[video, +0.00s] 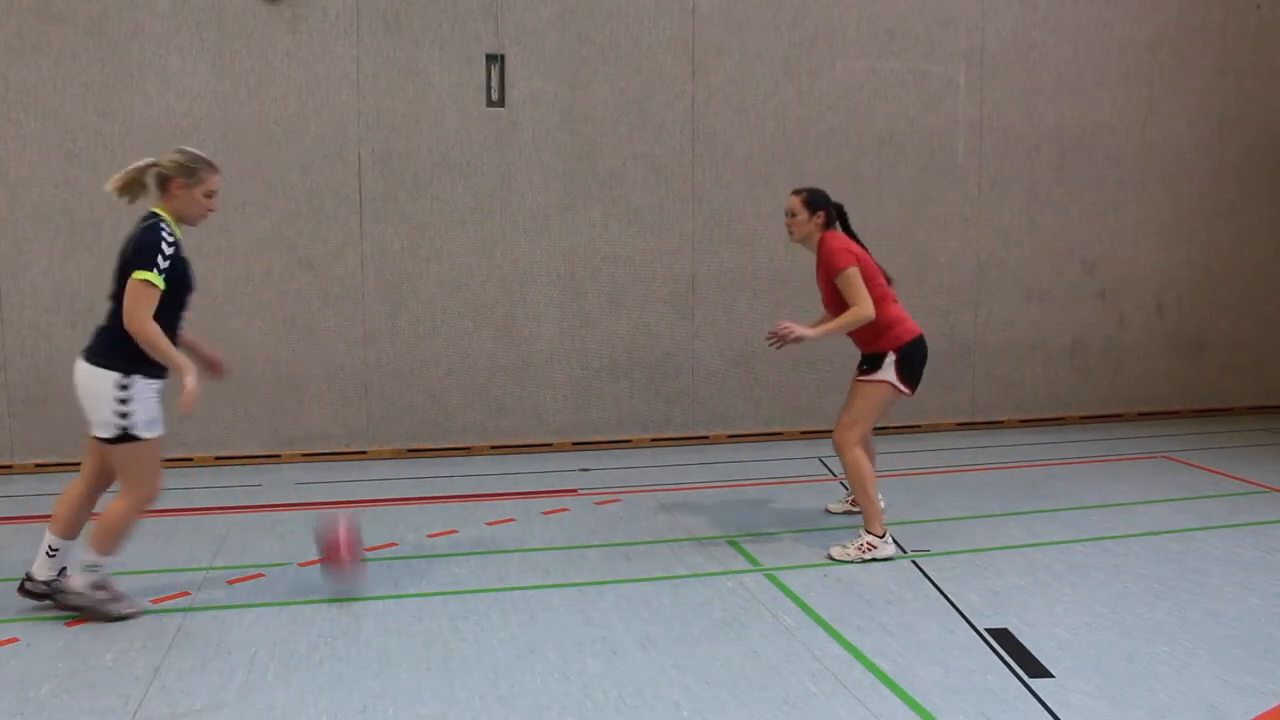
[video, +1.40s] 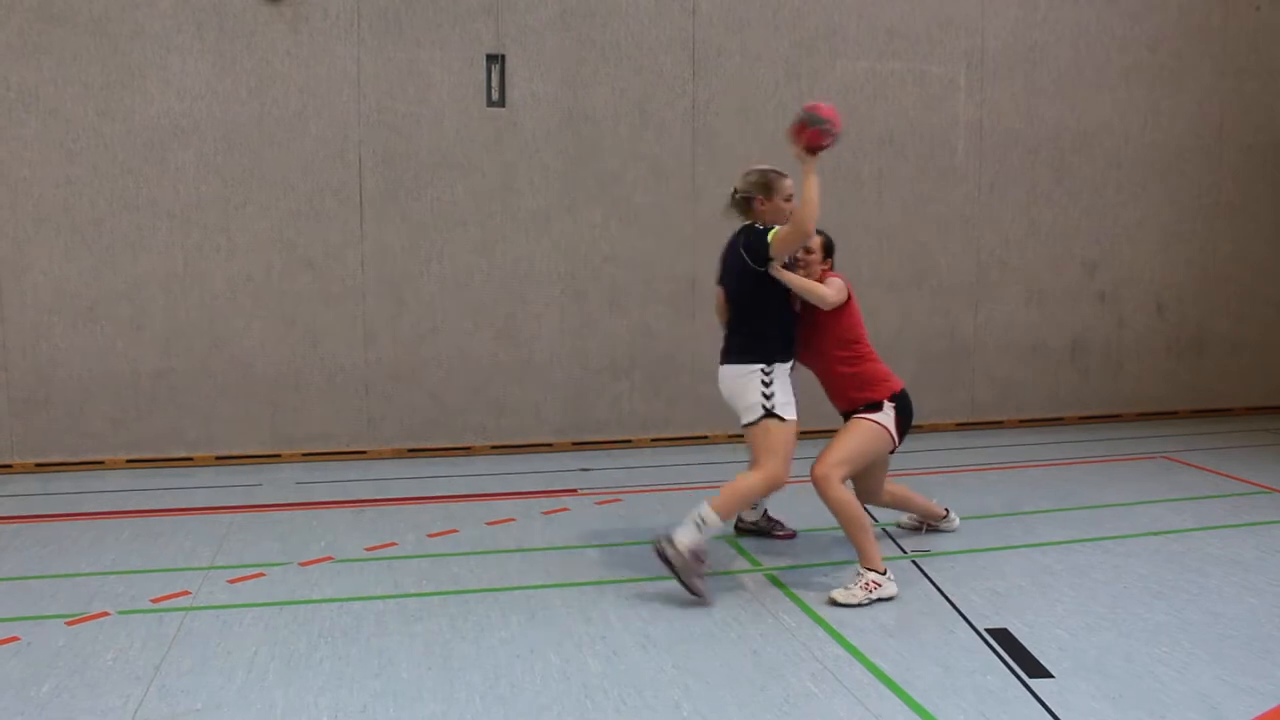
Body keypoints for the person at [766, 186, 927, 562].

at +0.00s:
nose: (787, 223)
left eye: (793, 215)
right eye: (786, 216)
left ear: (819, 217)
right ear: (816, 219)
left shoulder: (835, 248)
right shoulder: (826, 249)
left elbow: (865, 309)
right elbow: (841, 311)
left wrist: (813, 332)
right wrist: (803, 330)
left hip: (895, 349)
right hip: (881, 349)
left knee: (846, 437)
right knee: (855, 428)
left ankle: (877, 537)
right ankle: (865, 495)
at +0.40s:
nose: (794, 213)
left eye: (799, 205)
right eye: (792, 206)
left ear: (826, 204)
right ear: (824, 206)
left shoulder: (841, 233)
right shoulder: (835, 240)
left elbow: (858, 294)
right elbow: (851, 308)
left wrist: (803, 301)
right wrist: (809, 330)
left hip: (908, 342)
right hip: (898, 343)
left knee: (873, 443)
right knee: (880, 432)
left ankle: (901, 550)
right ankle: (910, 503)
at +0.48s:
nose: (795, 212)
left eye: (801, 204)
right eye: (794, 205)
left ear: (828, 203)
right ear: (825, 205)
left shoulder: (842, 230)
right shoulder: (841, 238)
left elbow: (841, 275)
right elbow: (839, 302)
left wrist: (785, 262)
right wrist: (787, 308)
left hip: (911, 338)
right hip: (903, 338)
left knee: (871, 439)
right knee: (884, 429)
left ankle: (895, 549)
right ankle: (922, 503)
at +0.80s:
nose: (795, 215)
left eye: (800, 206)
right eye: (794, 208)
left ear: (827, 204)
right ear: (819, 208)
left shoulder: (844, 228)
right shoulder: (823, 253)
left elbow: (791, 247)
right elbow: (785, 300)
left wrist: (737, 227)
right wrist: (728, 299)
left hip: (908, 341)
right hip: (892, 345)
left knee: (865, 442)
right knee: (875, 433)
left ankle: (874, 551)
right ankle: (918, 502)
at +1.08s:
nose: (783, 256)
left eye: (791, 250)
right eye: (782, 250)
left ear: (816, 257)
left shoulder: (824, 277)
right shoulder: (810, 304)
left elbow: (773, 291)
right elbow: (793, 361)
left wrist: (723, 268)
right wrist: (750, 342)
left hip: (892, 395)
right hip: (878, 399)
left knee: (837, 474)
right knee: (860, 475)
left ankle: (880, 578)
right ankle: (927, 519)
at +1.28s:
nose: (794, 256)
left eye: (804, 250)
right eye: (793, 250)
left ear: (826, 259)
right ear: (793, 258)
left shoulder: (830, 281)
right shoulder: (801, 303)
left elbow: (812, 300)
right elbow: (802, 365)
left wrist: (775, 272)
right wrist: (763, 322)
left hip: (880, 405)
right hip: (865, 407)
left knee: (820, 479)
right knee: (866, 492)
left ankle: (876, 576)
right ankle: (933, 517)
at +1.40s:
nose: (798, 257)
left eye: (808, 251)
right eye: (794, 251)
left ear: (826, 260)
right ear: (788, 257)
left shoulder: (833, 283)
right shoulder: (786, 300)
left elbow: (827, 299)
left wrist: (777, 273)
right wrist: (729, 287)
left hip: (884, 405)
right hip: (857, 411)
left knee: (826, 474)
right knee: (872, 491)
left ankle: (875, 574)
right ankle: (938, 516)